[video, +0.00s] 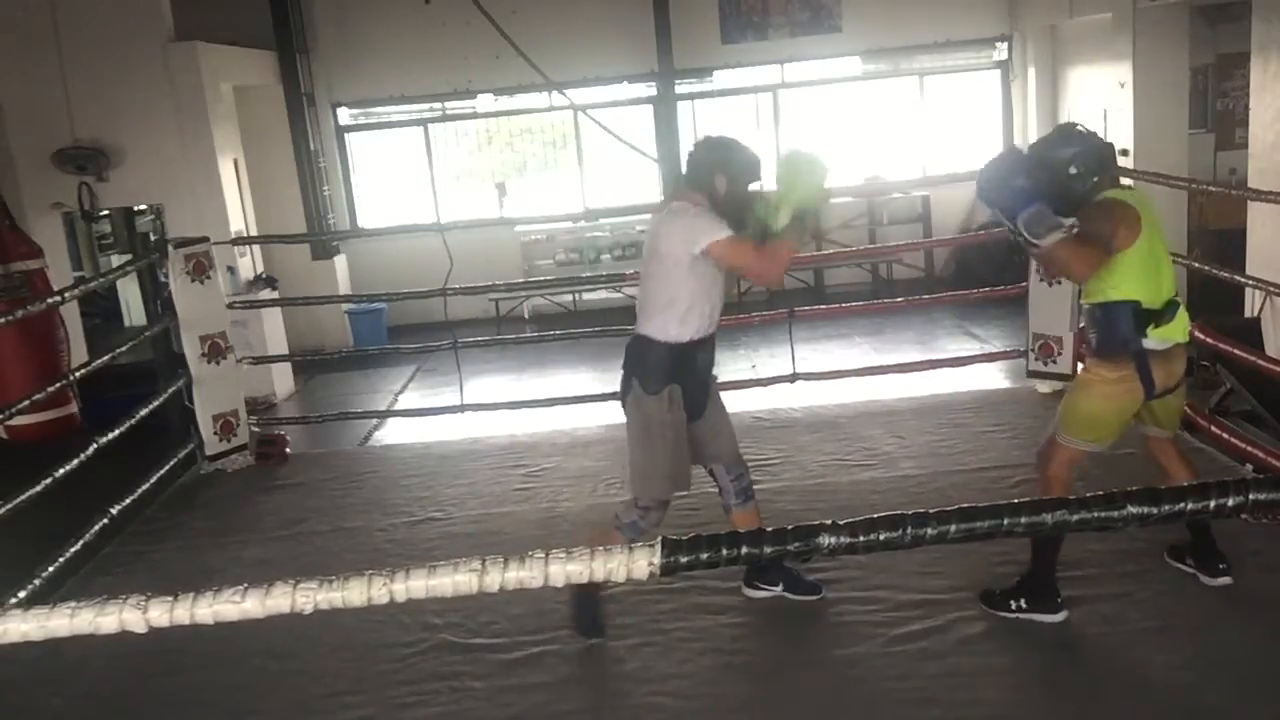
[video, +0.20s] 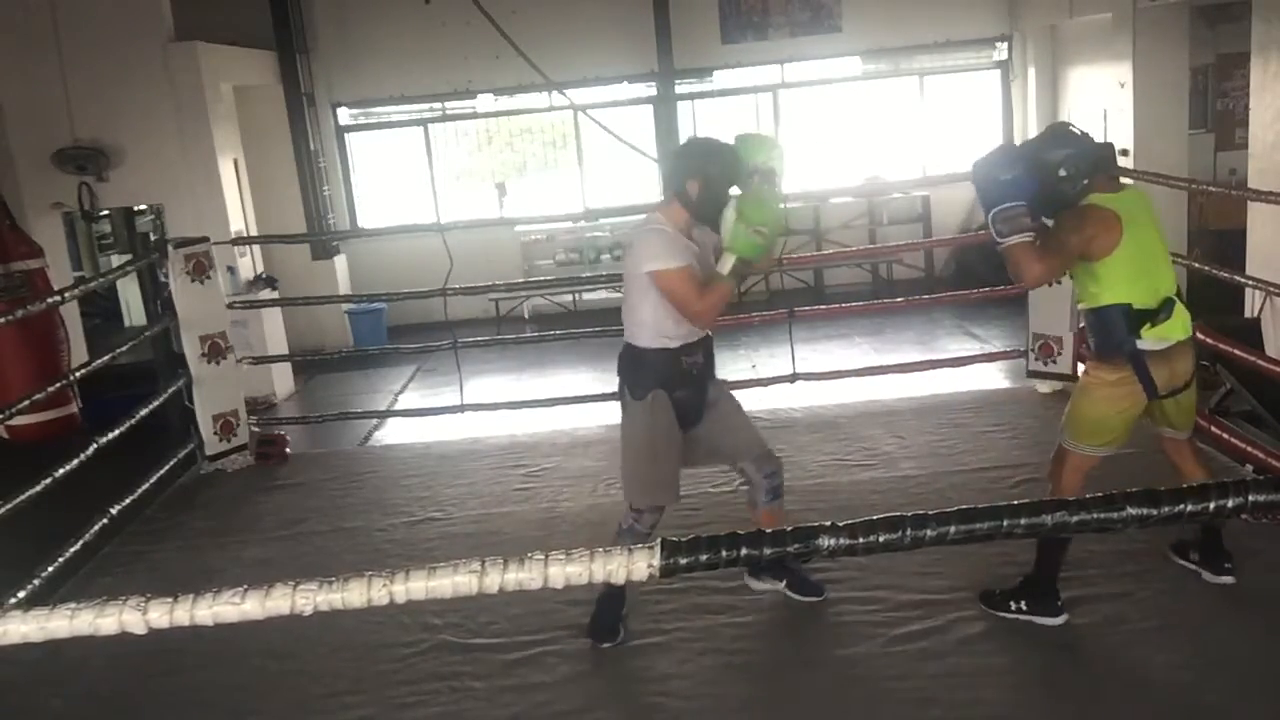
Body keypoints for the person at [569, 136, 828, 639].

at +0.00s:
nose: (743, 193)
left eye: (745, 184)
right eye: (739, 184)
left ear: (705, 177)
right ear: (716, 179)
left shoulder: (690, 216)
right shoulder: (687, 222)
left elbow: (749, 260)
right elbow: (768, 269)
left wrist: (767, 217)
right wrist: (795, 211)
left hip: (689, 368)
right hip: (656, 372)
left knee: (732, 472)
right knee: (651, 500)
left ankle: (760, 567)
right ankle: (586, 575)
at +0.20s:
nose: (725, 199)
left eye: (728, 189)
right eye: (719, 189)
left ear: (700, 188)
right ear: (692, 185)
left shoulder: (703, 237)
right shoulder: (652, 241)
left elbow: (747, 262)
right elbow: (701, 310)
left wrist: (759, 206)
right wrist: (739, 259)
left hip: (696, 378)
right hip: (650, 384)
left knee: (763, 469)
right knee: (647, 507)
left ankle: (773, 559)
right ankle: (611, 597)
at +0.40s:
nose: (743, 214)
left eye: (745, 205)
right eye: (736, 204)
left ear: (723, 201)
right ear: (707, 202)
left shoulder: (726, 239)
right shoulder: (656, 256)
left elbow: (764, 296)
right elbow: (689, 335)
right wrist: (736, 301)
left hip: (728, 379)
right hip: (673, 388)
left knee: (796, 469)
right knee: (648, 508)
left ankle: (846, 555)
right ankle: (612, 599)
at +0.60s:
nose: (803, 294)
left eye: (802, 283)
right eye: (793, 285)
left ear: (769, 288)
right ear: (756, 290)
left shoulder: (792, 326)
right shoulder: (703, 336)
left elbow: (824, 364)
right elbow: (727, 413)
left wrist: (858, 370)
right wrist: (785, 379)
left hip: (769, 429)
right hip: (707, 441)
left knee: (855, 480)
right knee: (663, 520)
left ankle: (901, 566)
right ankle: (616, 594)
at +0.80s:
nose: (778, 278)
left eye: (777, 269)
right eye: (770, 270)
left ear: (751, 271)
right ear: (737, 275)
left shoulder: (767, 306)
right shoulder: (687, 334)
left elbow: (790, 356)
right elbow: (725, 409)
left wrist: (831, 369)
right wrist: (767, 360)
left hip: (764, 429)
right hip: (705, 446)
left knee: (853, 482)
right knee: (669, 536)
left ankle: (897, 567)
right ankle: (620, 593)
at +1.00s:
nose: (763, 231)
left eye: (763, 220)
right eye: (755, 220)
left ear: (724, 220)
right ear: (725, 220)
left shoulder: (738, 263)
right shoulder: (676, 285)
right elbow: (716, 358)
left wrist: (797, 296)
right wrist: (767, 317)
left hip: (750, 394)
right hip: (697, 410)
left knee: (837, 467)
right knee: (667, 524)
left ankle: (878, 562)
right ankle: (619, 594)